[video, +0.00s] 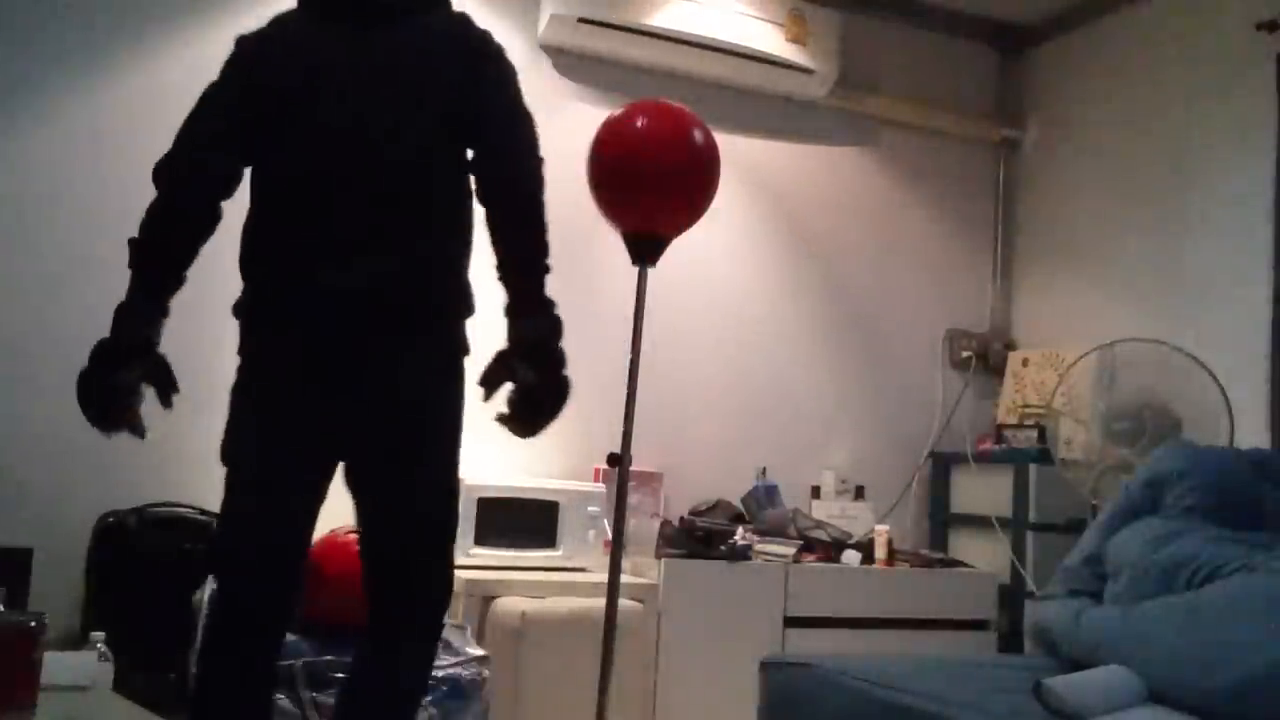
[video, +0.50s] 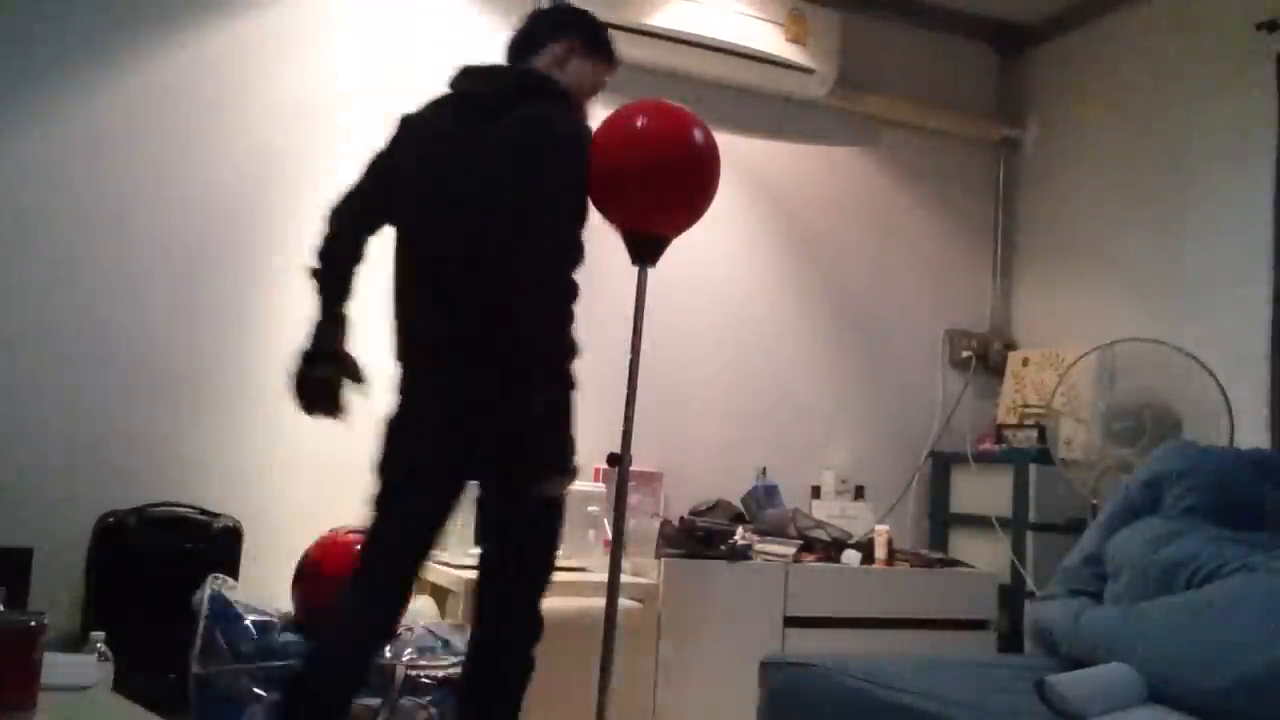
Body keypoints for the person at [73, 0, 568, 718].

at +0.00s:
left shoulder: (272, 50)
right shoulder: (467, 52)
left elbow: (188, 187)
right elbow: (516, 195)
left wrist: (136, 325)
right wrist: (533, 326)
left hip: (283, 366)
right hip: (413, 375)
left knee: (250, 594)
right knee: (411, 605)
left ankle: (227, 709)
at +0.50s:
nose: (589, 103)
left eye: (597, 88)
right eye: (592, 82)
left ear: (526, 55)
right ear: (563, 54)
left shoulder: (433, 123)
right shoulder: (565, 135)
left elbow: (348, 222)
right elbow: (644, 245)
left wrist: (328, 334)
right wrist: (653, 202)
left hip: (430, 392)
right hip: (529, 401)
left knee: (376, 591)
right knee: (509, 616)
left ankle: (312, 707)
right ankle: (484, 715)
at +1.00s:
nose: (709, 125)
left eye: (720, 113)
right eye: (699, 104)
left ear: (720, 119)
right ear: (656, 94)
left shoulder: (664, 181)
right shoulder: (625, 169)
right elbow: (578, 285)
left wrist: (673, 355)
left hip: (641, 398)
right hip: (611, 397)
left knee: (581, 584)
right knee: (650, 583)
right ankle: (651, 713)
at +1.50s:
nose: (770, 125)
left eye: (786, 113)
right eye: (756, 109)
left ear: (806, 126)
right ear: (731, 115)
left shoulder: (797, 215)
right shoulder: (692, 189)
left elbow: (837, 319)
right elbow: (642, 288)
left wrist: (904, 385)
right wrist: (640, 374)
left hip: (754, 405)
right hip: (690, 397)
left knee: (718, 571)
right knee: (736, 576)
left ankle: (673, 705)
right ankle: (732, 709)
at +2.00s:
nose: (812, 113)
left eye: (826, 98)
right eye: (800, 102)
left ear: (859, 106)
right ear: (788, 116)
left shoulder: (894, 197)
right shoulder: (772, 191)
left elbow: (916, 299)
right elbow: (705, 263)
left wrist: (934, 377)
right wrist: (695, 204)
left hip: (876, 409)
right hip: (792, 411)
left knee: (915, 566)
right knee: (772, 576)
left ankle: (936, 709)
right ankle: (747, 711)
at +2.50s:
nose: (923, 121)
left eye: (938, 104)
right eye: (910, 111)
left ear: (976, 109)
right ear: (899, 124)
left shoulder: (1017, 199)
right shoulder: (886, 195)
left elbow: (1053, 286)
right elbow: (810, 223)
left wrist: (1062, 356)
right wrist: (751, 211)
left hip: (994, 419)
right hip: (904, 418)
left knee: (989, 594)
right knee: (861, 585)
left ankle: (990, 712)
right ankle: (829, 710)